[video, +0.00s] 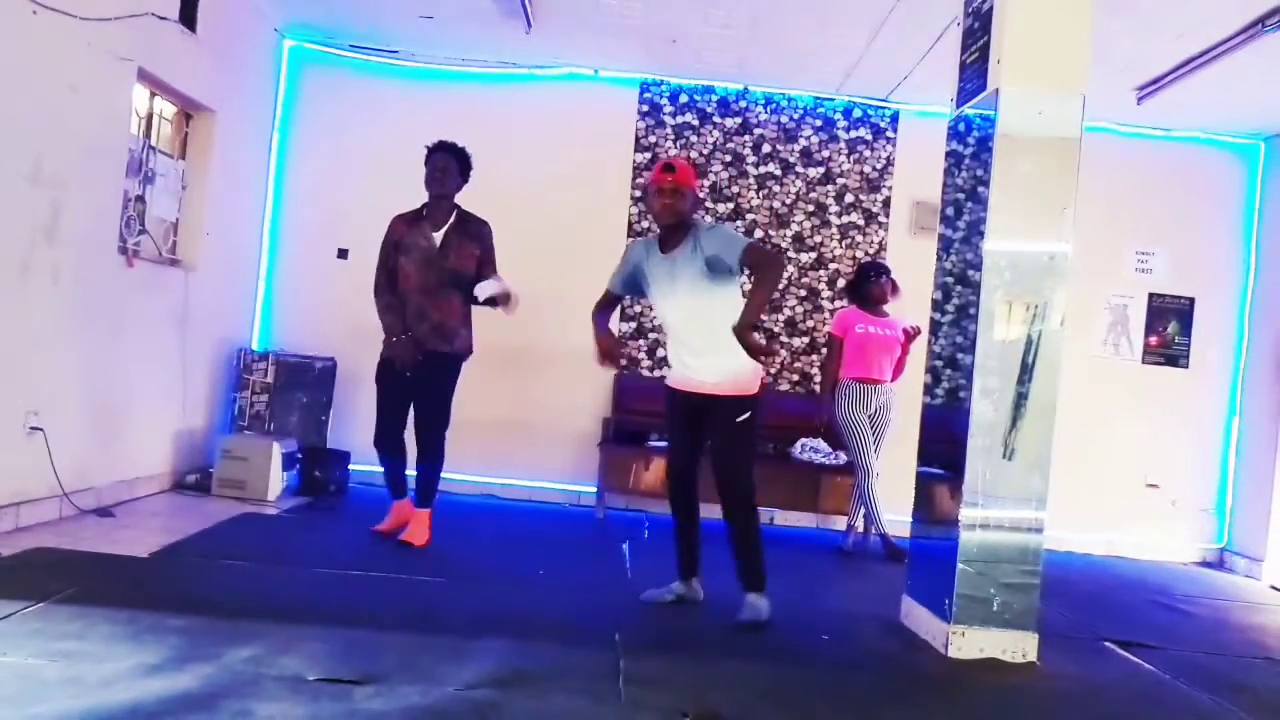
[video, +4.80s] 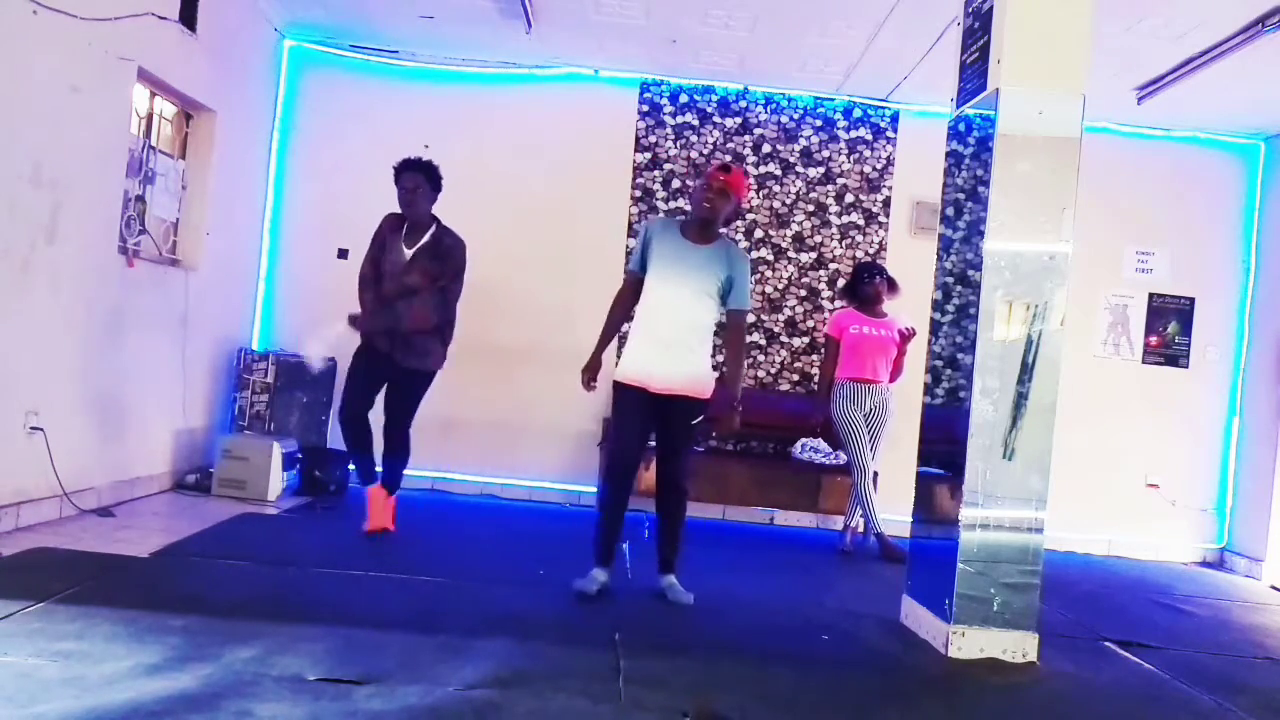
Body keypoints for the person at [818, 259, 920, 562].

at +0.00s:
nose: (889, 286)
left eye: (889, 280)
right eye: (882, 280)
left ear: (889, 287)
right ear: (865, 286)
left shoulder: (895, 326)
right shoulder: (846, 317)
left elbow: (894, 374)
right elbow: (831, 364)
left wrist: (906, 346)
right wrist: (826, 405)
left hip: (882, 397)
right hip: (851, 393)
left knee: (868, 466)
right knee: (866, 464)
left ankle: (850, 532)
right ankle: (885, 536)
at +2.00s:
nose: (884, 287)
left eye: (885, 281)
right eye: (878, 281)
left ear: (886, 285)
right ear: (862, 286)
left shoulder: (891, 327)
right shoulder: (842, 317)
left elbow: (890, 374)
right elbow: (828, 364)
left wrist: (903, 347)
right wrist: (824, 404)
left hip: (879, 397)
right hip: (848, 394)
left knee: (867, 465)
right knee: (866, 463)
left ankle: (849, 533)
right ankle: (886, 535)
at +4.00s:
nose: (877, 289)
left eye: (880, 283)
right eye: (869, 283)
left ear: (885, 288)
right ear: (856, 288)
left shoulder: (890, 327)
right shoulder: (839, 318)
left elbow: (889, 376)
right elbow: (825, 364)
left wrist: (899, 349)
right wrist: (818, 404)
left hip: (876, 397)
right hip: (843, 393)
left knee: (864, 465)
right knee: (861, 464)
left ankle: (847, 532)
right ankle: (882, 535)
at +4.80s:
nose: (879, 283)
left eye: (882, 278)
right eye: (871, 278)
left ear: (887, 286)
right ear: (859, 287)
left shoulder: (893, 326)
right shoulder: (842, 318)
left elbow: (893, 376)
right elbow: (828, 365)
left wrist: (903, 349)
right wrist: (823, 406)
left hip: (880, 397)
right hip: (847, 393)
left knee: (866, 465)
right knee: (861, 463)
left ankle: (848, 531)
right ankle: (881, 536)